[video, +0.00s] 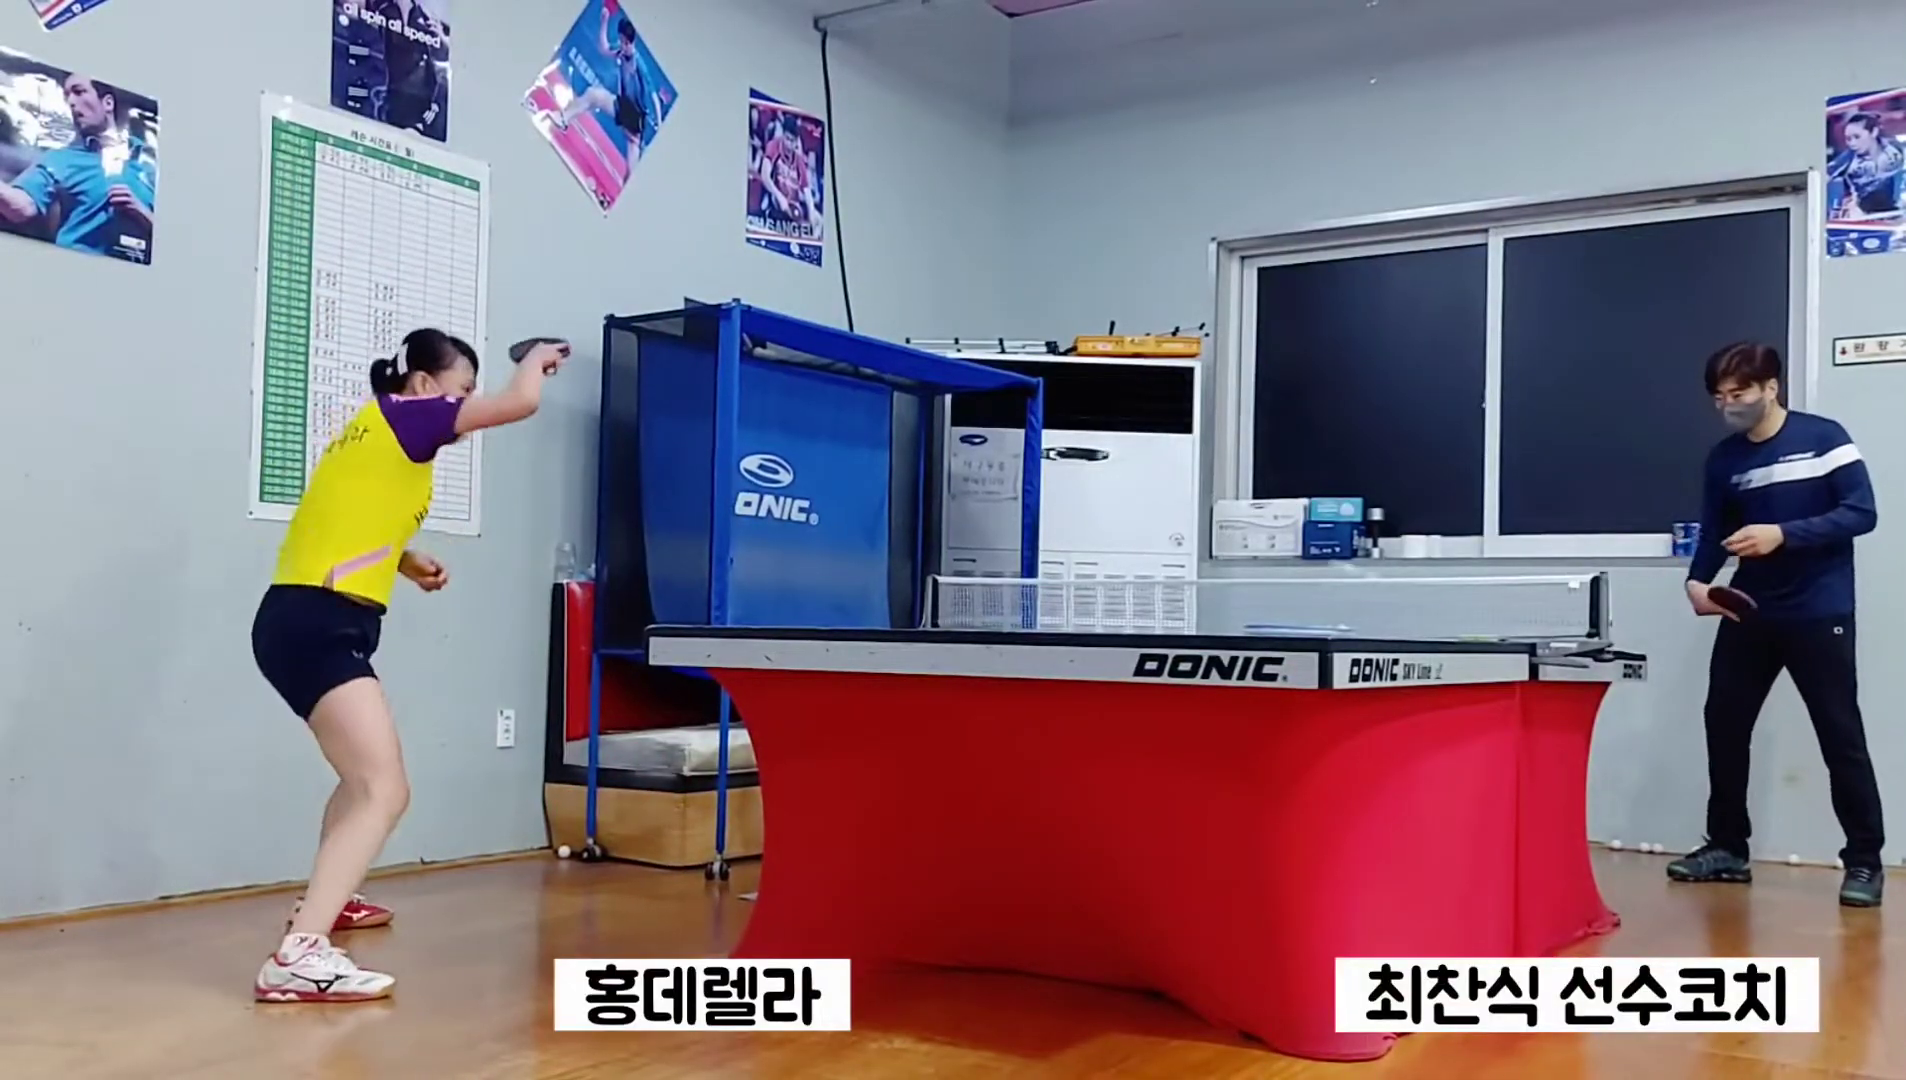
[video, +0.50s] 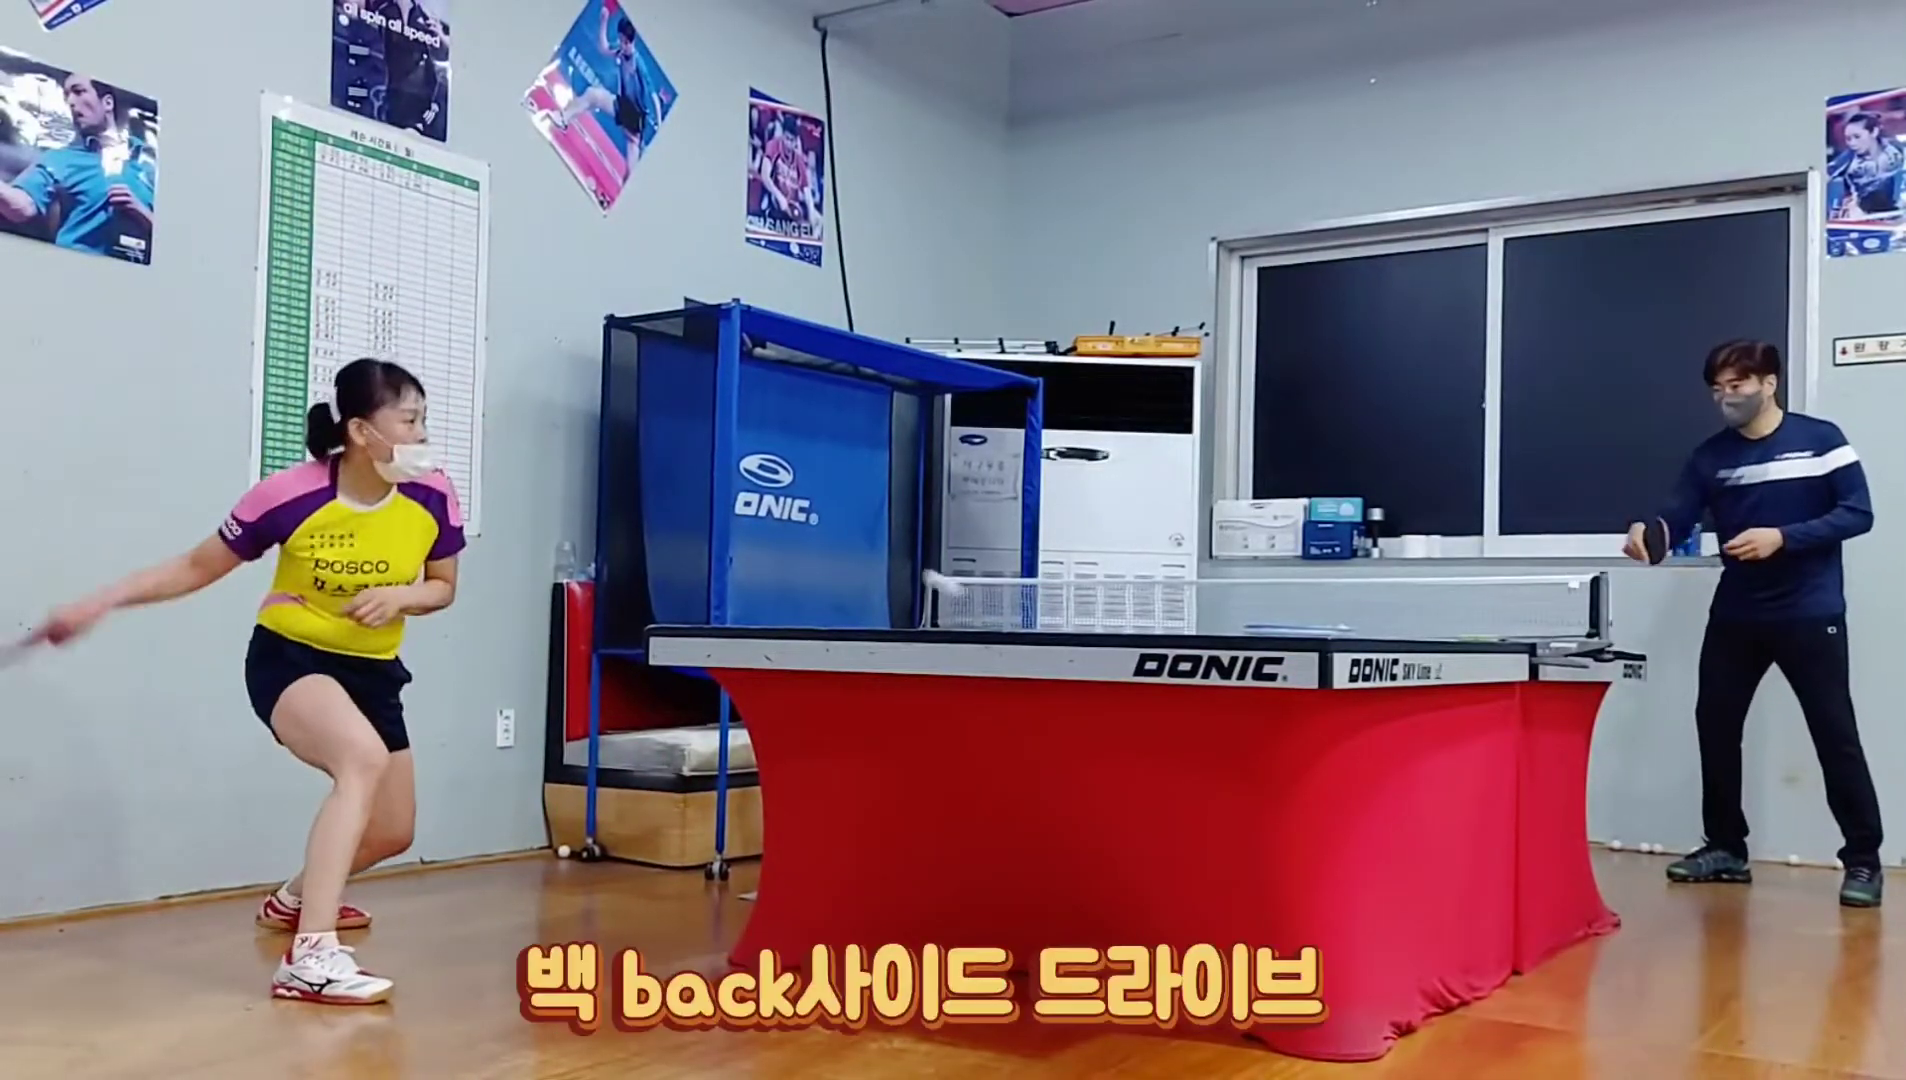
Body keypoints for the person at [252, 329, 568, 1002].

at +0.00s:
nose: (466, 402)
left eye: (467, 391)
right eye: (461, 389)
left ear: (411, 383)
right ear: (422, 379)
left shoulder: (374, 427)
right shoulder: (407, 416)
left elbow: (344, 512)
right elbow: (521, 404)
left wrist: (403, 557)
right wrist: (534, 360)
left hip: (298, 620)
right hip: (319, 623)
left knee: (363, 776)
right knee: (386, 791)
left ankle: (325, 895)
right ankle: (300, 953)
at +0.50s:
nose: (420, 432)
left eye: (422, 418)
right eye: (407, 419)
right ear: (361, 430)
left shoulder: (432, 495)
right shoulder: (293, 494)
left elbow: (442, 587)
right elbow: (198, 567)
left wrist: (402, 598)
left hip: (373, 671)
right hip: (291, 657)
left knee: (393, 832)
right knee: (362, 759)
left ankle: (297, 897)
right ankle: (312, 954)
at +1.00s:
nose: (424, 398)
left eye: (426, 388)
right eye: (419, 385)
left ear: (365, 384)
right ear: (379, 379)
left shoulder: (316, 429)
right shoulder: (371, 415)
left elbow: (302, 517)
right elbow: (489, 401)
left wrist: (363, 563)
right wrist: (487, 361)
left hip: (241, 622)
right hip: (283, 622)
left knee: (325, 772)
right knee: (358, 795)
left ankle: (279, 900)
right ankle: (267, 952)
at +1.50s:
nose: (385, 425)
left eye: (387, 412)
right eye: (370, 412)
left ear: (388, 416)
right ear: (322, 426)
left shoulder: (401, 491)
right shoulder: (257, 497)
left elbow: (416, 581)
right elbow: (168, 573)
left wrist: (381, 590)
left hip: (349, 670)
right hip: (265, 658)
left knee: (371, 830)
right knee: (341, 760)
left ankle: (270, 897)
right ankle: (284, 954)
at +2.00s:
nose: (388, 395)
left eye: (389, 385)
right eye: (383, 382)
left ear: (324, 376)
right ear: (344, 374)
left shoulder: (267, 432)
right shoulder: (336, 410)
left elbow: (262, 517)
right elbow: (456, 408)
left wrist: (328, 555)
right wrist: (448, 370)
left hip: (216, 626)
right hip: (262, 624)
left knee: (310, 774)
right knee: (344, 794)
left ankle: (255, 902)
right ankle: (248, 958)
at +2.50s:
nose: (387, 412)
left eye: (388, 399)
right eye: (374, 399)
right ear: (326, 409)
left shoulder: (396, 484)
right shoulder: (254, 475)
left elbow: (401, 571)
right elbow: (165, 554)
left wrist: (371, 585)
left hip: (331, 661)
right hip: (246, 645)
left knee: (350, 820)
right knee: (313, 760)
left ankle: (251, 901)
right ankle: (260, 952)